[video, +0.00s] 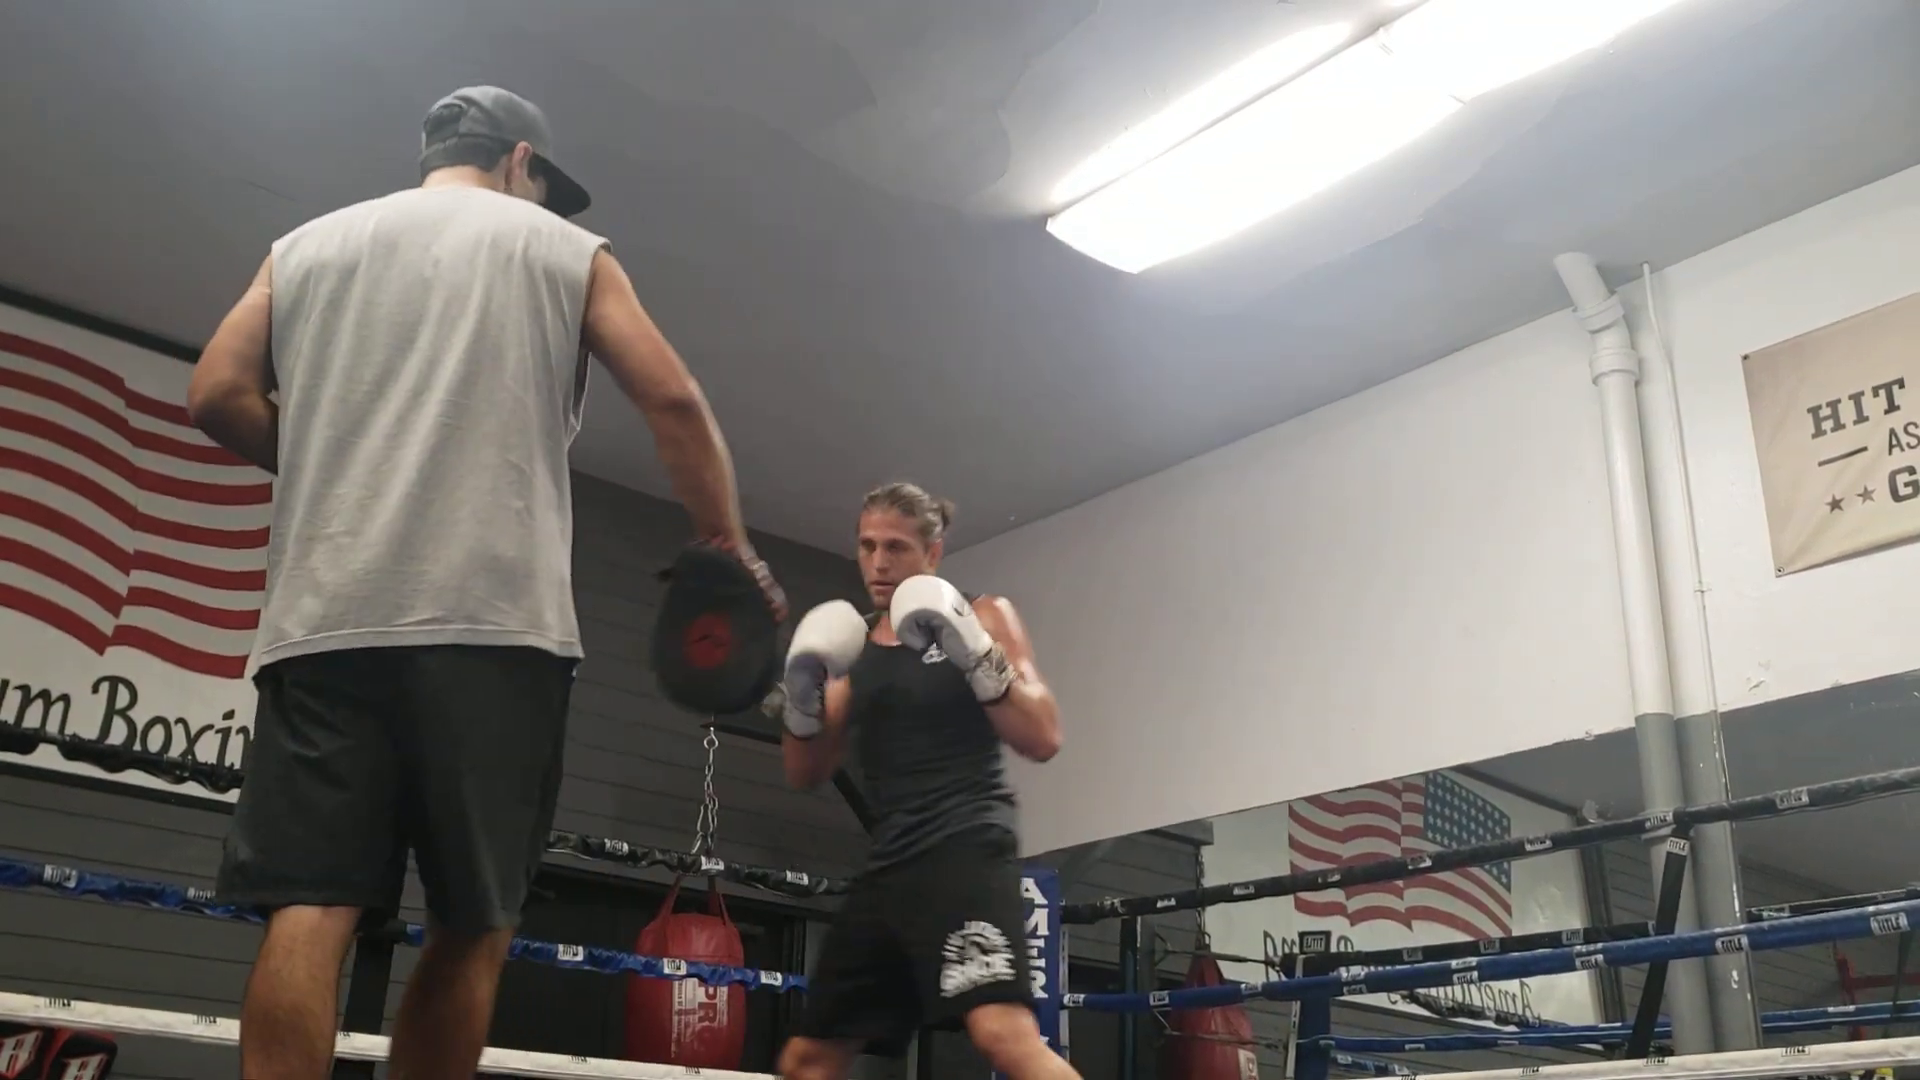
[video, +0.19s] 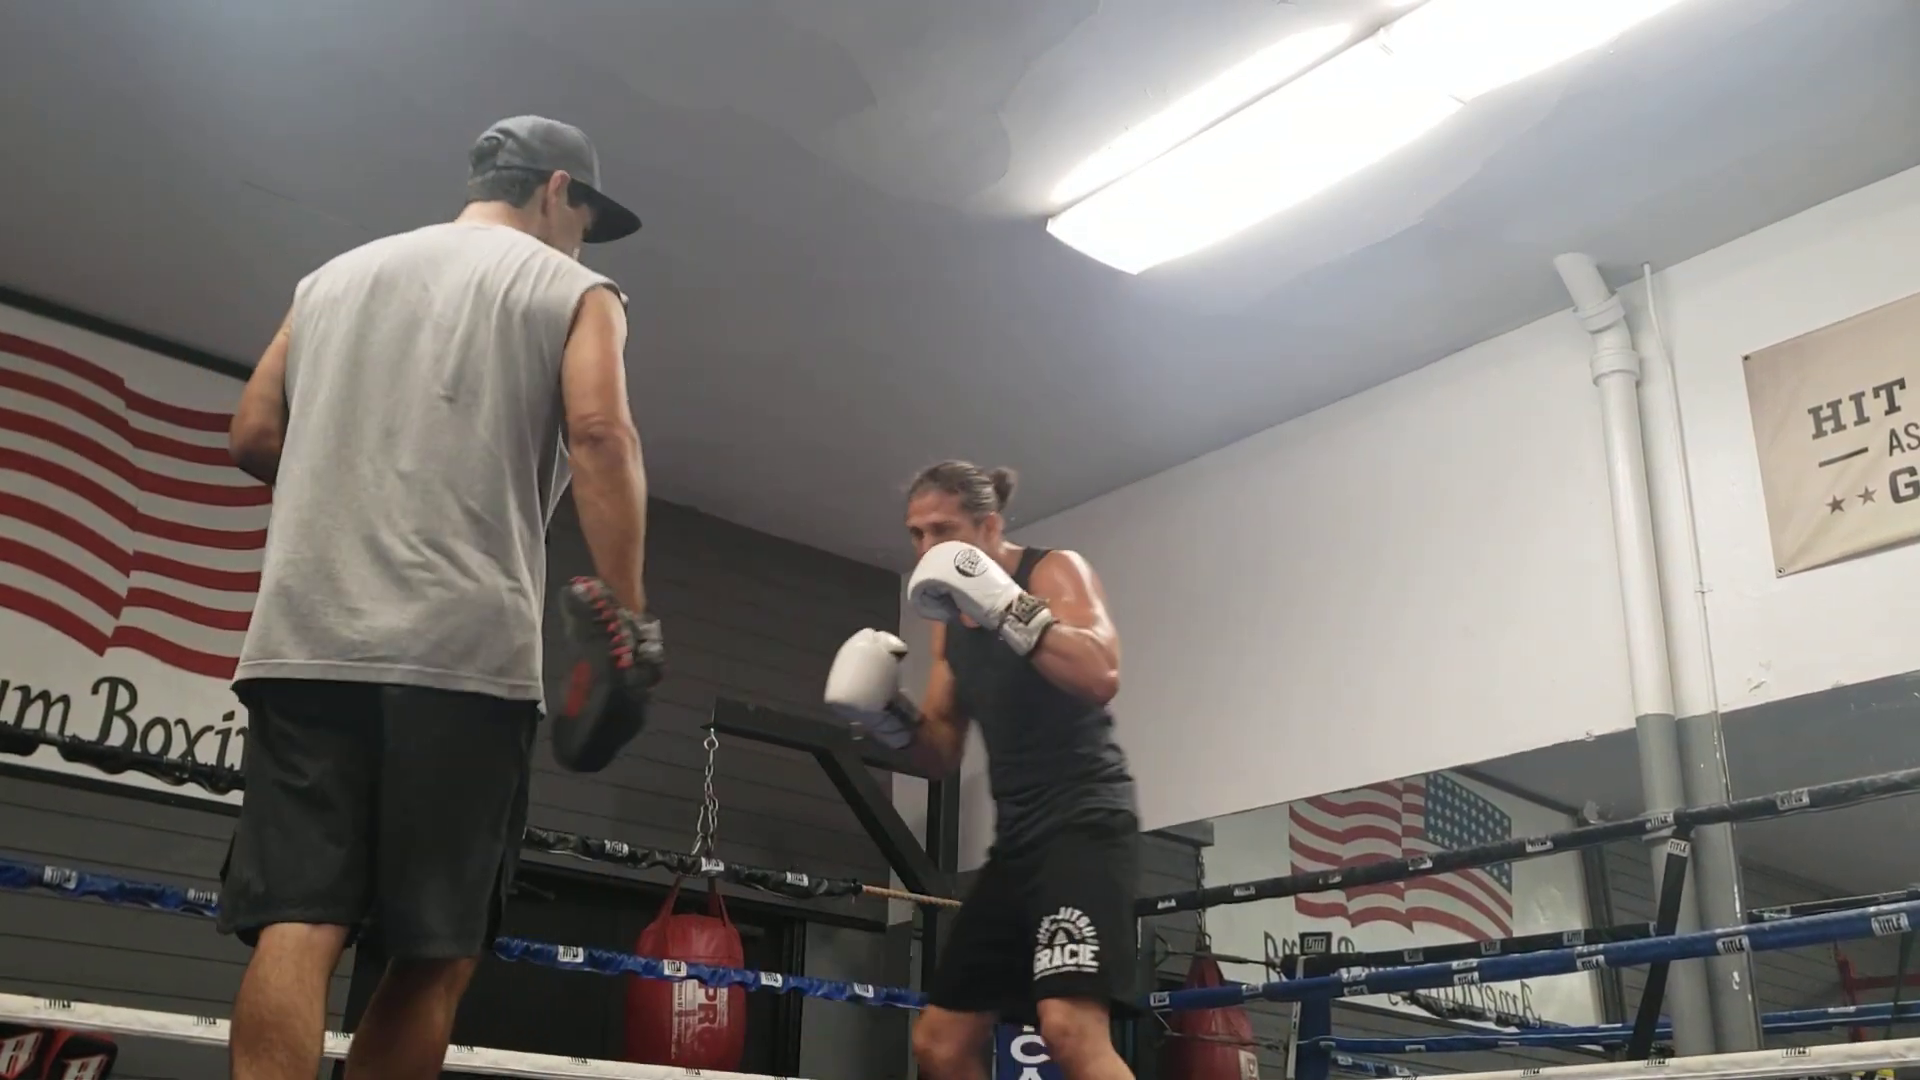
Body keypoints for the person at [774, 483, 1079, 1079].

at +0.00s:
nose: (878, 563)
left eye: (896, 548)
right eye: (869, 547)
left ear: (933, 554)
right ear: (858, 551)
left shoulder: (984, 617)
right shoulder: (853, 647)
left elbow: (1042, 739)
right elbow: (804, 772)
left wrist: (974, 652)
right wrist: (803, 691)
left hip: (971, 841)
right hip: (891, 857)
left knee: (1001, 1032)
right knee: (809, 1057)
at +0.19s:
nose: (924, 550)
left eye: (936, 530)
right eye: (916, 536)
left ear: (987, 523)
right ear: (916, 537)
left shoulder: (1054, 570)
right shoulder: (951, 622)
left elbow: (1100, 676)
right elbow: (941, 754)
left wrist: (1001, 602)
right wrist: (883, 712)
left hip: (1087, 819)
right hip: (1017, 838)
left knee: (1071, 1028)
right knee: (941, 1044)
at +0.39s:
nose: (997, 542)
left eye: (1006, 521)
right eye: (989, 527)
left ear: (1059, 510)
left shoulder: (1132, 560)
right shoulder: (1042, 606)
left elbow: (1146, 675)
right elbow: (1012, 735)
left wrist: (1056, 595)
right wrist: (965, 660)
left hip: (1162, 811)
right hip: (1113, 823)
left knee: (1100, 1022)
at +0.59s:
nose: (1076, 567)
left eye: (1084, 547)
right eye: (1069, 553)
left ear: (1133, 537)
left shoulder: (1208, 578)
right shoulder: (1136, 630)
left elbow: (1215, 686)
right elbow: (1092, 751)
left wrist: (1131, 610)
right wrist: (1043, 668)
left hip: (1235, 839)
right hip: (1213, 841)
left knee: (1124, 1024)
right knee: (1300, 1057)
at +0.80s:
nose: (1147, 582)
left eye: (1155, 561)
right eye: (1140, 567)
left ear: (1205, 551)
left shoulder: (1270, 577)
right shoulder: (1216, 654)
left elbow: (1320, 671)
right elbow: (1190, 775)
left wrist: (1215, 617)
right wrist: (1131, 690)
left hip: (1309, 825)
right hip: (1280, 834)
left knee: (1204, 1005)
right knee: (1339, 1056)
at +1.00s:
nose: (1184, 557)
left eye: (1193, 539)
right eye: (1177, 545)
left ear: (1247, 532)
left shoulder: (1305, 562)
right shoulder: (1249, 644)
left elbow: (1342, 648)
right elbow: (1201, 751)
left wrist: (1242, 590)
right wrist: (1152, 662)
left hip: (1340, 817)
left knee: (1261, 1001)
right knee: (1353, 1055)